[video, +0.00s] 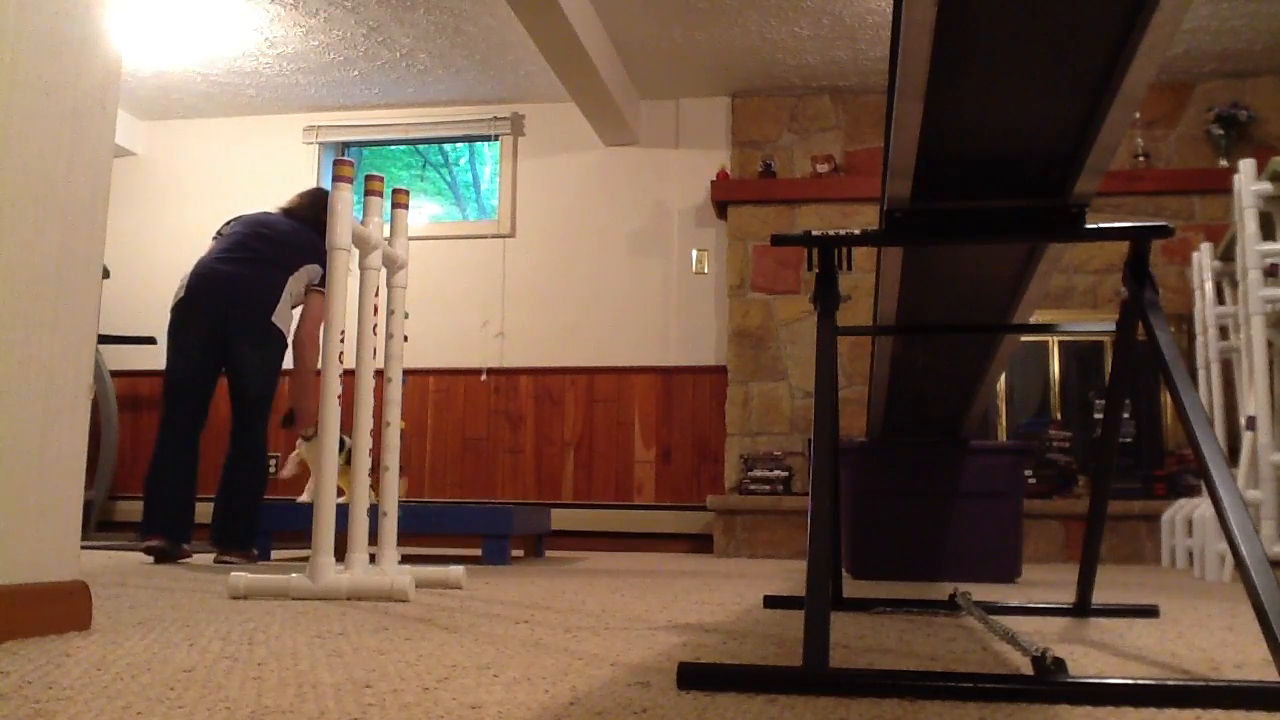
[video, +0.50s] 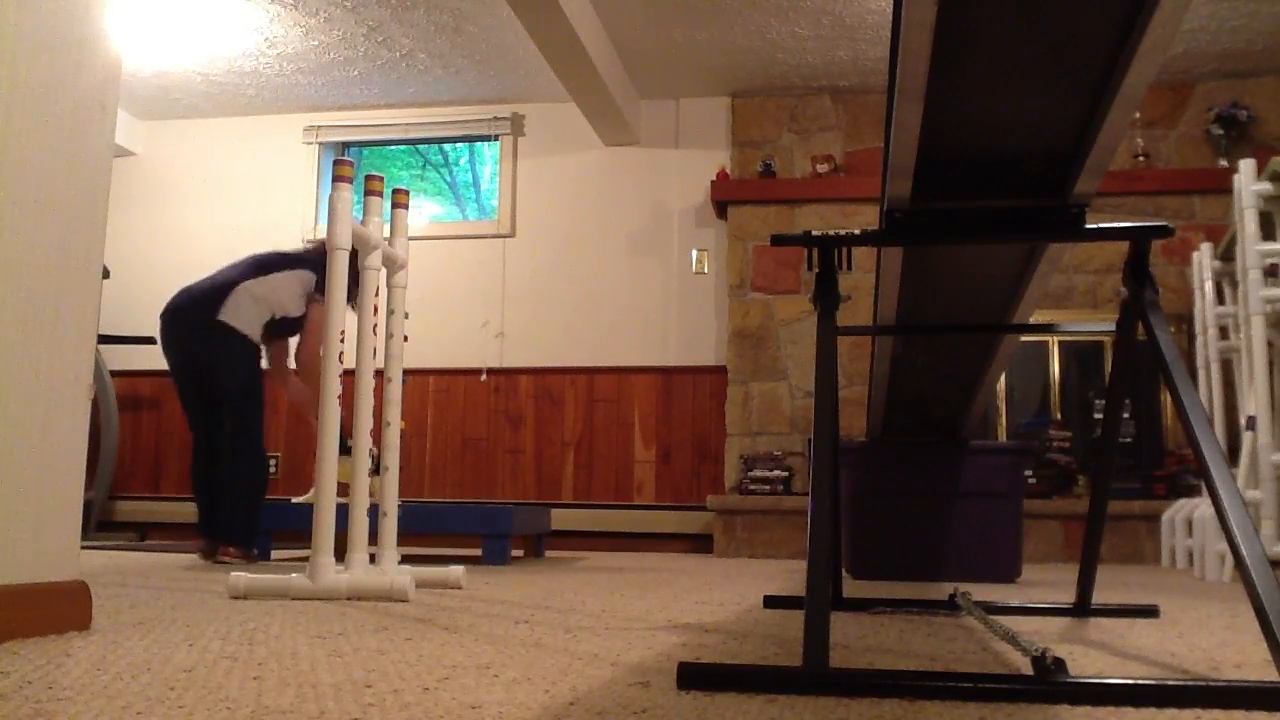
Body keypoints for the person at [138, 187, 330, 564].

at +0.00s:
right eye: (337, 235)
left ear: (293, 206)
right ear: (330, 225)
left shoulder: (243, 222)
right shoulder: (322, 252)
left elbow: (199, 281)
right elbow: (306, 335)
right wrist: (304, 409)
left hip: (194, 313)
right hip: (257, 327)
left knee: (180, 423)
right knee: (249, 434)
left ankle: (164, 533)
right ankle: (233, 543)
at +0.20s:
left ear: (300, 216)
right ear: (334, 233)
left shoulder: (259, 233)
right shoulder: (326, 257)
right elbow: (309, 342)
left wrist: (270, 361)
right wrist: (307, 404)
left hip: (191, 307)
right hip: (250, 322)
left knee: (192, 423)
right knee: (249, 433)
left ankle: (178, 532)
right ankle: (235, 542)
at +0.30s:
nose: (346, 271)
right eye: (347, 262)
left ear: (305, 225)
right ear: (338, 244)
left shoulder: (265, 242)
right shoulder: (327, 259)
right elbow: (304, 341)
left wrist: (284, 374)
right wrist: (308, 398)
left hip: (188, 309)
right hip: (247, 323)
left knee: (196, 423)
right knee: (248, 431)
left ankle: (184, 534)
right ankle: (234, 540)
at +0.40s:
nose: (347, 288)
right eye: (352, 276)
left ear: (316, 241)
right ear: (345, 258)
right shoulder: (326, 266)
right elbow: (306, 348)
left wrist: (303, 397)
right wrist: (316, 404)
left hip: (183, 312)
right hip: (238, 326)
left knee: (202, 430)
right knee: (247, 435)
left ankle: (204, 536)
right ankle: (236, 542)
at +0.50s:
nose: (353, 297)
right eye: (355, 287)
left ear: (325, 253)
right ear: (348, 270)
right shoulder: (329, 272)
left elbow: (280, 370)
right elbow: (308, 360)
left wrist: (319, 417)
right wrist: (329, 407)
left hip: (178, 321)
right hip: (227, 333)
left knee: (208, 434)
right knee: (245, 441)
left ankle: (212, 538)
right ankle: (236, 543)